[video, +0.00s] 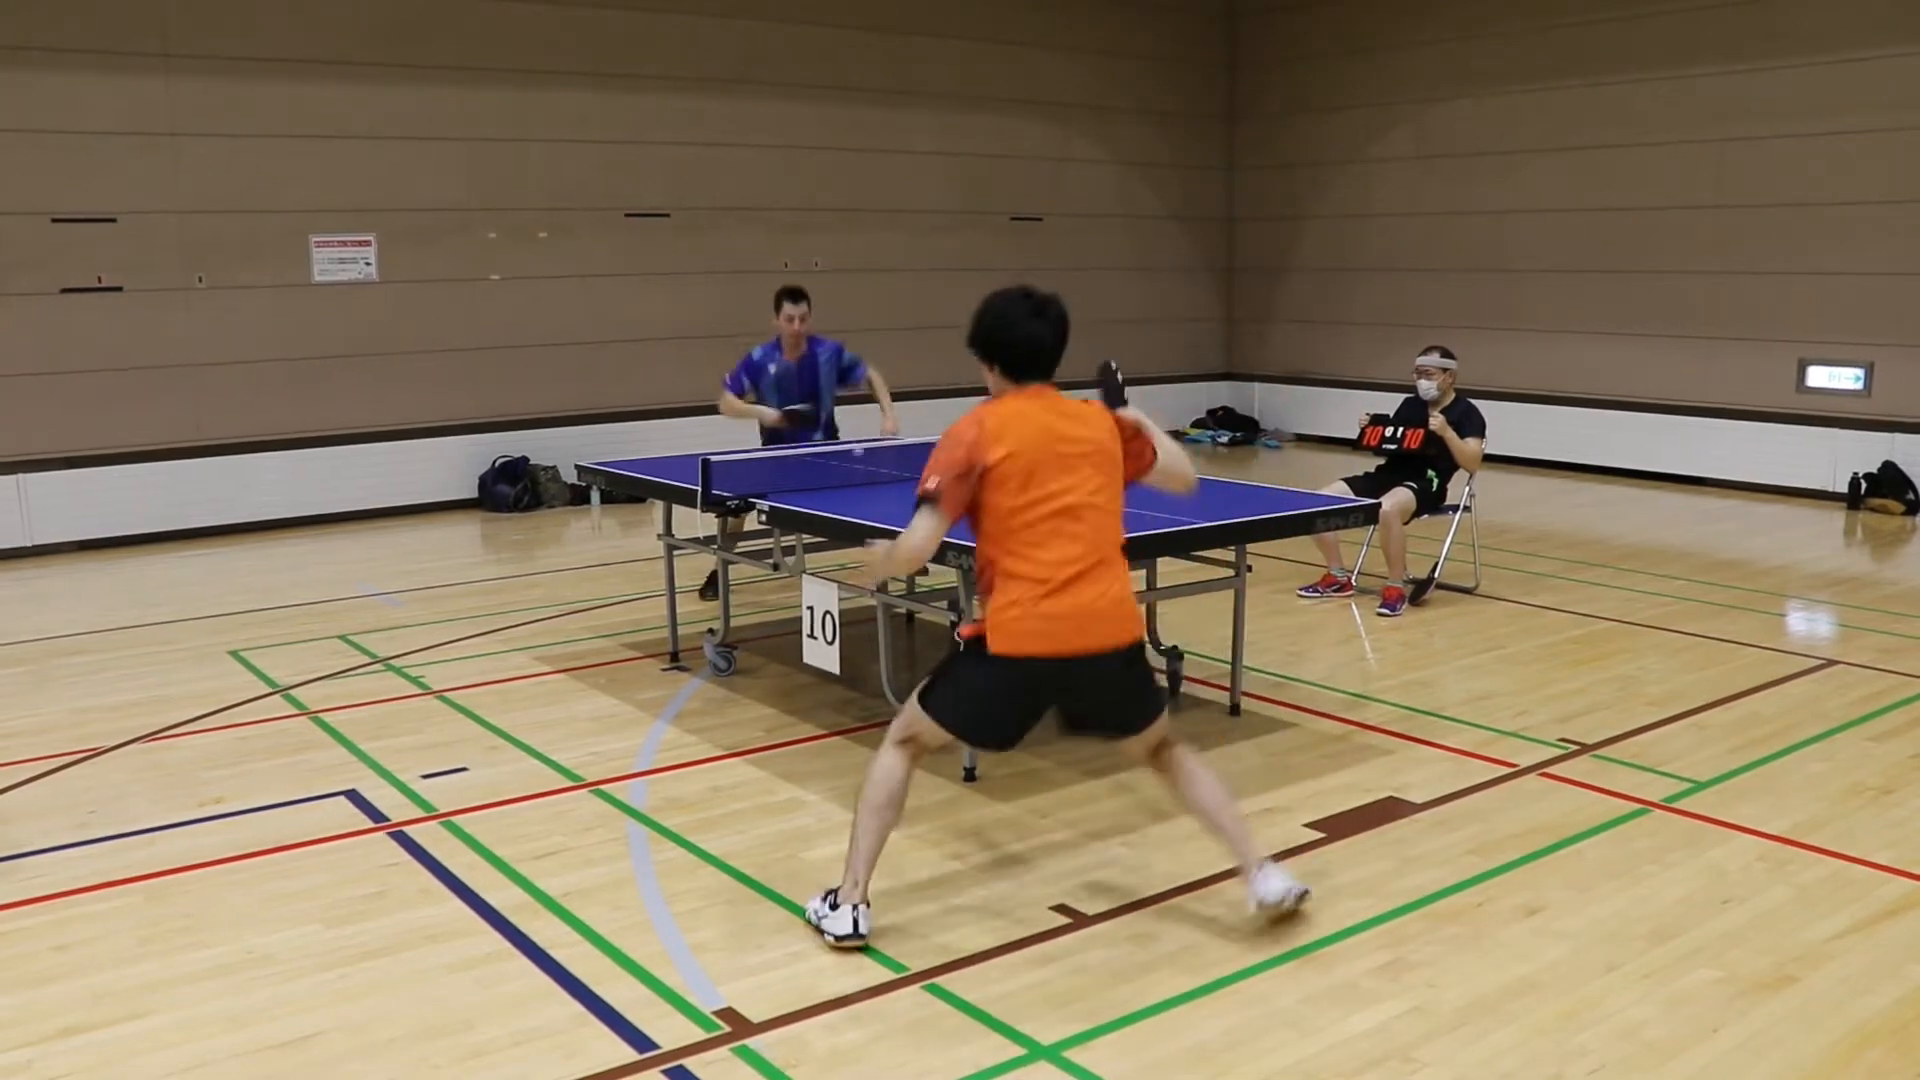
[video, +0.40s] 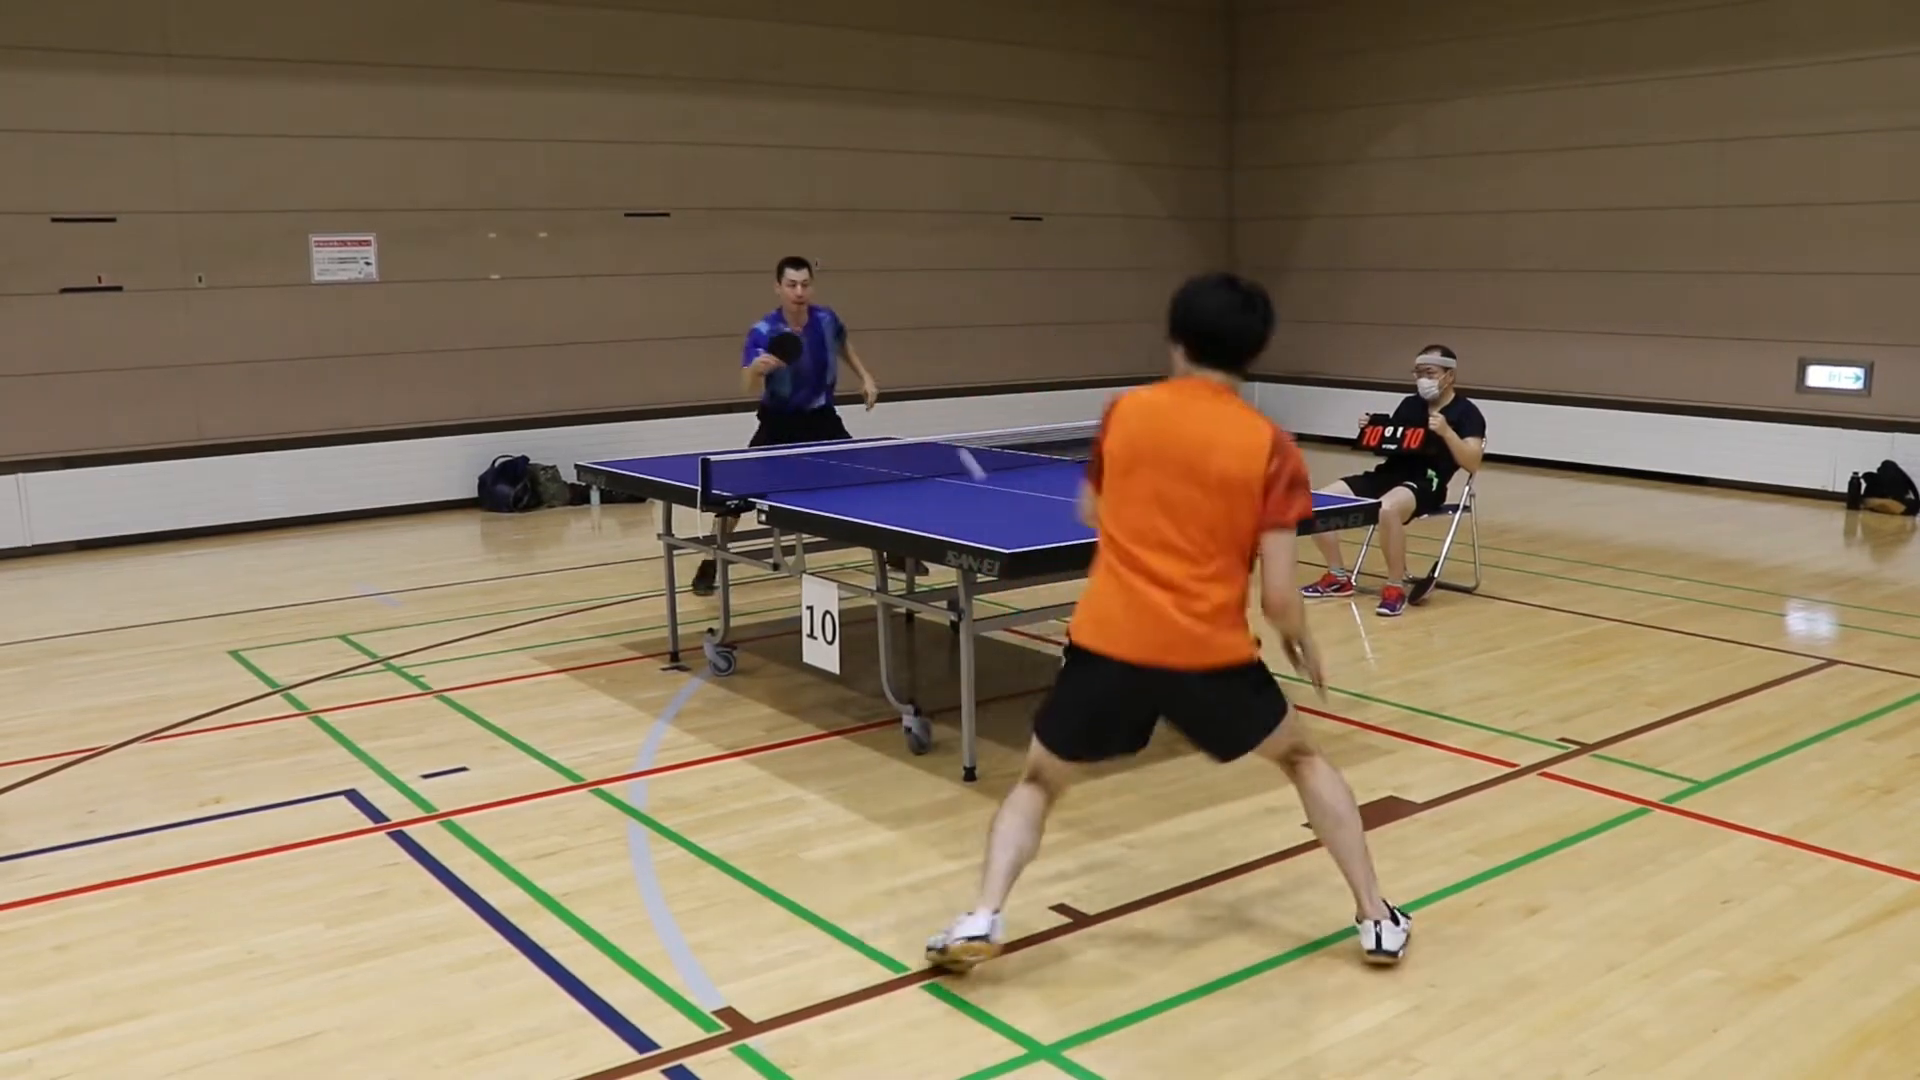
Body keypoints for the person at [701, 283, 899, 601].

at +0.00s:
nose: (797, 327)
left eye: (803, 319)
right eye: (790, 320)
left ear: (810, 319)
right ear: (777, 320)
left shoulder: (829, 354)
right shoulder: (760, 359)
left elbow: (871, 375)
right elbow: (726, 403)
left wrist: (889, 415)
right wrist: (761, 412)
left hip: (826, 453)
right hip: (777, 456)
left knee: (864, 500)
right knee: (736, 502)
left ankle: (897, 559)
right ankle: (721, 569)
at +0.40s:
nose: (800, 292)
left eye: (805, 285)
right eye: (792, 285)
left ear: (812, 287)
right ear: (778, 288)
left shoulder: (826, 321)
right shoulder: (764, 332)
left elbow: (843, 346)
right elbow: (750, 389)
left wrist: (865, 377)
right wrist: (756, 368)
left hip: (822, 421)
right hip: (778, 425)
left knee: (866, 476)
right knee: (737, 490)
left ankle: (891, 548)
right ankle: (713, 559)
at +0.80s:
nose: (753, 296)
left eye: (759, 289)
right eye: (746, 290)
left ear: (767, 291)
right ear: (735, 293)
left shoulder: (790, 325)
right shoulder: (722, 335)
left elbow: (814, 350)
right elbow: (692, 380)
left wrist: (827, 387)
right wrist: (712, 389)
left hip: (793, 424)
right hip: (749, 430)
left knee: (826, 481)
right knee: (710, 496)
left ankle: (854, 539)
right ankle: (677, 563)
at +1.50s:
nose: (730, 311)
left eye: (734, 304)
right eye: (722, 304)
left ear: (739, 306)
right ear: (706, 309)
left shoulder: (756, 339)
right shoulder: (695, 351)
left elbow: (779, 367)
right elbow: (668, 397)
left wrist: (798, 400)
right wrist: (705, 390)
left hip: (764, 435)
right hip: (719, 441)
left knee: (806, 482)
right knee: (682, 493)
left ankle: (845, 542)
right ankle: (667, 559)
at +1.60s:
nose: (704, 303)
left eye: (708, 296)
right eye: (696, 296)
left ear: (713, 300)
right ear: (679, 300)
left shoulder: (726, 333)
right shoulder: (666, 344)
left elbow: (748, 366)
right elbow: (640, 390)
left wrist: (769, 400)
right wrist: (680, 390)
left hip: (739, 430)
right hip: (697, 437)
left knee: (782, 481)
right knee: (674, 500)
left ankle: (839, 538)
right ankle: (664, 559)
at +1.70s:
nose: (684, 290)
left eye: (688, 283)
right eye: (675, 283)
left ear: (692, 287)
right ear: (659, 287)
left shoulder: (705, 322)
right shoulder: (641, 331)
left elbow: (722, 355)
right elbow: (612, 374)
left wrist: (747, 388)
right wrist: (642, 381)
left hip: (711, 424)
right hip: (671, 430)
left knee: (759, 469)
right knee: (657, 497)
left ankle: (782, 536)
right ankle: (660, 556)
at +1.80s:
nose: (665, 286)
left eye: (669, 279)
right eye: (657, 279)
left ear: (672, 282)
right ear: (640, 283)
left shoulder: (687, 319)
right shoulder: (623, 326)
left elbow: (708, 352)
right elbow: (587, 367)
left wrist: (732, 383)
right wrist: (619, 376)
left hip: (687, 421)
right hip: (646, 425)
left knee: (728, 473)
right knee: (635, 491)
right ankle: (617, 554)